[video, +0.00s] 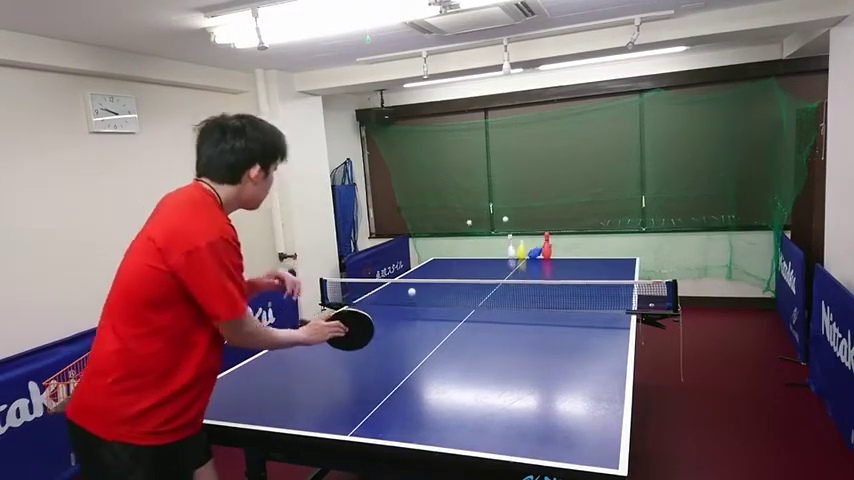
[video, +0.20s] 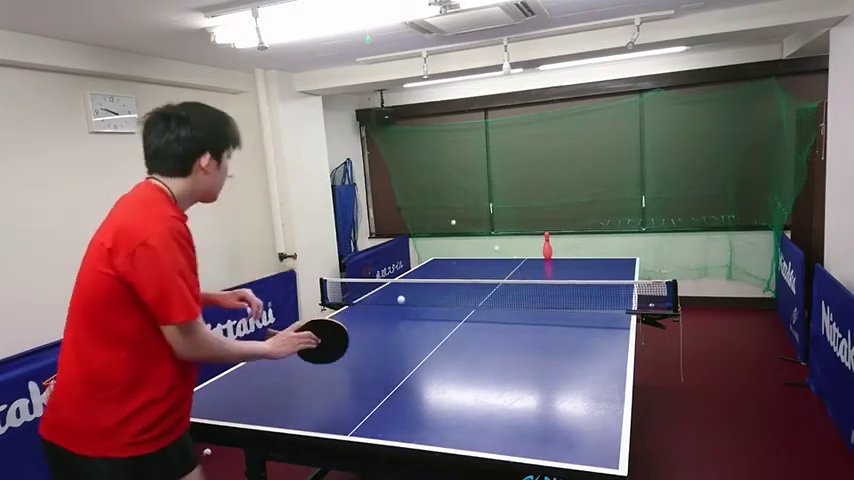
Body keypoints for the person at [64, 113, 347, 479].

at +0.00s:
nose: (271, 183)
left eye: (273, 173)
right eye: (272, 173)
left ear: (211, 163)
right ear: (253, 173)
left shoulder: (183, 203)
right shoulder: (206, 229)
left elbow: (199, 291)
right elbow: (238, 331)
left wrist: (257, 285)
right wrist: (300, 335)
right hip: (137, 434)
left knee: (204, 469)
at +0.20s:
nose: (227, 172)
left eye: (228, 161)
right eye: (226, 161)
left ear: (161, 156)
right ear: (204, 163)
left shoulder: (139, 206)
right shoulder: (156, 225)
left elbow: (150, 290)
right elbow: (190, 343)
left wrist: (214, 298)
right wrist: (265, 348)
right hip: (126, 441)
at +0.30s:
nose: (202, 168)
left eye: (203, 156)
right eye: (200, 156)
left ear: (132, 155)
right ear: (175, 160)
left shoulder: (119, 207)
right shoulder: (125, 225)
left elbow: (122, 292)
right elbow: (153, 350)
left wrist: (187, 306)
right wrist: (240, 358)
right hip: (108, 447)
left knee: (178, 470)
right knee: (175, 472)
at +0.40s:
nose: (175, 165)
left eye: (176, 154)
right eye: (174, 153)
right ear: (149, 157)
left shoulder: (94, 209)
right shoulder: (99, 227)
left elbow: (93, 303)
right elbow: (115, 354)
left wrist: (161, 315)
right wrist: (212, 370)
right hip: (88, 453)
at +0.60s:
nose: (136, 160)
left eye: (137, 148)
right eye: (134, 147)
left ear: (64, 146)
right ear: (110, 151)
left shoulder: (43, 203)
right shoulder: (71, 222)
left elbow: (45, 303)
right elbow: (58, 357)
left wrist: (125, 324)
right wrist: (158, 390)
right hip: (72, 455)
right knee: (142, 472)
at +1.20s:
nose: (82, 181)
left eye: (87, 169)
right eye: (86, 167)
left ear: (19, 154)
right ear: (70, 158)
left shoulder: (8, 202)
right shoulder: (54, 217)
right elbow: (69, 330)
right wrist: (139, 368)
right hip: (41, 433)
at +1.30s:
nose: (75, 184)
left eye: (79, 173)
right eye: (78, 172)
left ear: (15, 159)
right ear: (64, 163)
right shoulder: (57, 217)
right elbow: (83, 325)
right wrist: (141, 368)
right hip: (41, 431)